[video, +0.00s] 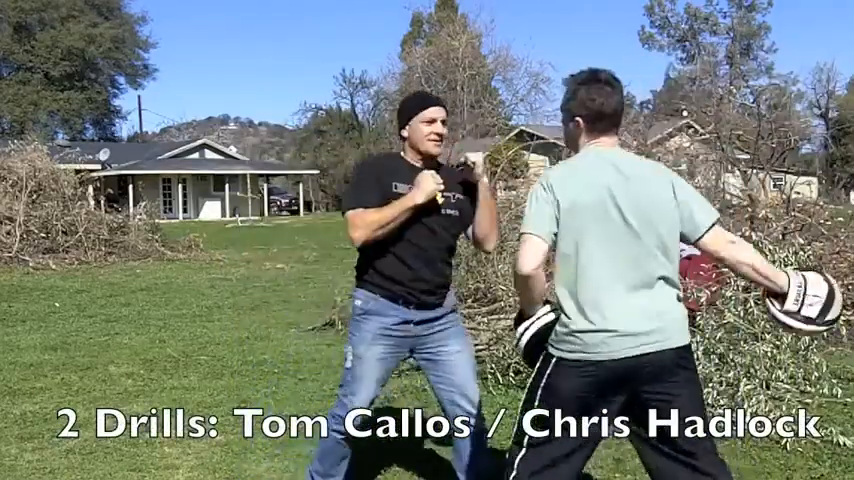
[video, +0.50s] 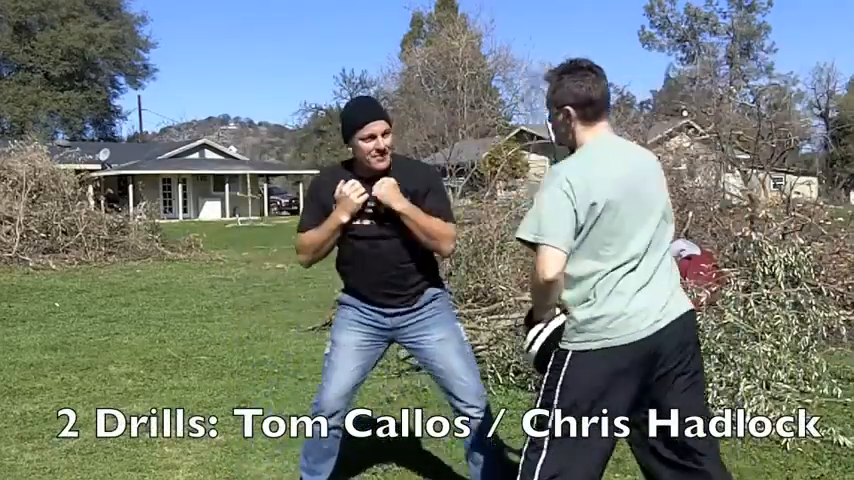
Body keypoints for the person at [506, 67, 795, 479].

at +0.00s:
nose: (564, 130)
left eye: (565, 121)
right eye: (565, 120)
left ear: (576, 123)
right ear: (620, 121)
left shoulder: (554, 182)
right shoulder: (661, 177)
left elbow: (527, 266)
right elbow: (723, 246)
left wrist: (533, 314)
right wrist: (788, 288)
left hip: (581, 355)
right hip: (665, 350)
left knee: (540, 466)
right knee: (697, 465)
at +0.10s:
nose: (517, 125)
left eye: (518, 116)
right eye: (516, 115)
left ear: (532, 120)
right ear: (573, 110)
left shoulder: (536, 175)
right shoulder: (616, 159)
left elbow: (544, 264)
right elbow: (675, 188)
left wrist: (527, 311)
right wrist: (714, 185)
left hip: (586, 338)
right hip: (654, 324)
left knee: (542, 463)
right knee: (681, 450)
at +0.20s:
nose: (492, 124)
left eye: (494, 117)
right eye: (494, 116)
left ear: (509, 120)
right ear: (546, 110)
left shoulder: (538, 176)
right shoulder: (567, 150)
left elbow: (560, 268)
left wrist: (534, 314)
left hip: (594, 331)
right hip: (646, 309)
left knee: (554, 461)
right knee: (680, 442)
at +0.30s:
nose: (493, 131)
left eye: (494, 122)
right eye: (494, 122)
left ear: (507, 126)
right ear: (545, 115)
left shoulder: (535, 183)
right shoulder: (572, 155)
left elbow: (559, 278)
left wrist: (532, 316)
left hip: (591, 334)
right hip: (645, 311)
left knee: (544, 460)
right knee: (677, 441)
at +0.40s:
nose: (516, 128)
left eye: (516, 118)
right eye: (514, 118)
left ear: (530, 122)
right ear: (570, 112)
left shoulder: (541, 180)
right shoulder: (606, 158)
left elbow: (543, 276)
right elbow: (587, 217)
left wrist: (526, 316)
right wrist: (530, 187)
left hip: (586, 341)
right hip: (654, 319)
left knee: (541, 463)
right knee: (678, 450)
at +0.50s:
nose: (550, 124)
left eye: (550, 114)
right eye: (549, 114)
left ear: (567, 116)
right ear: (606, 107)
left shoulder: (568, 177)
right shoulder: (645, 160)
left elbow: (549, 273)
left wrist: (541, 311)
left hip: (599, 346)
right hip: (672, 329)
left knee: (556, 465)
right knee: (690, 456)